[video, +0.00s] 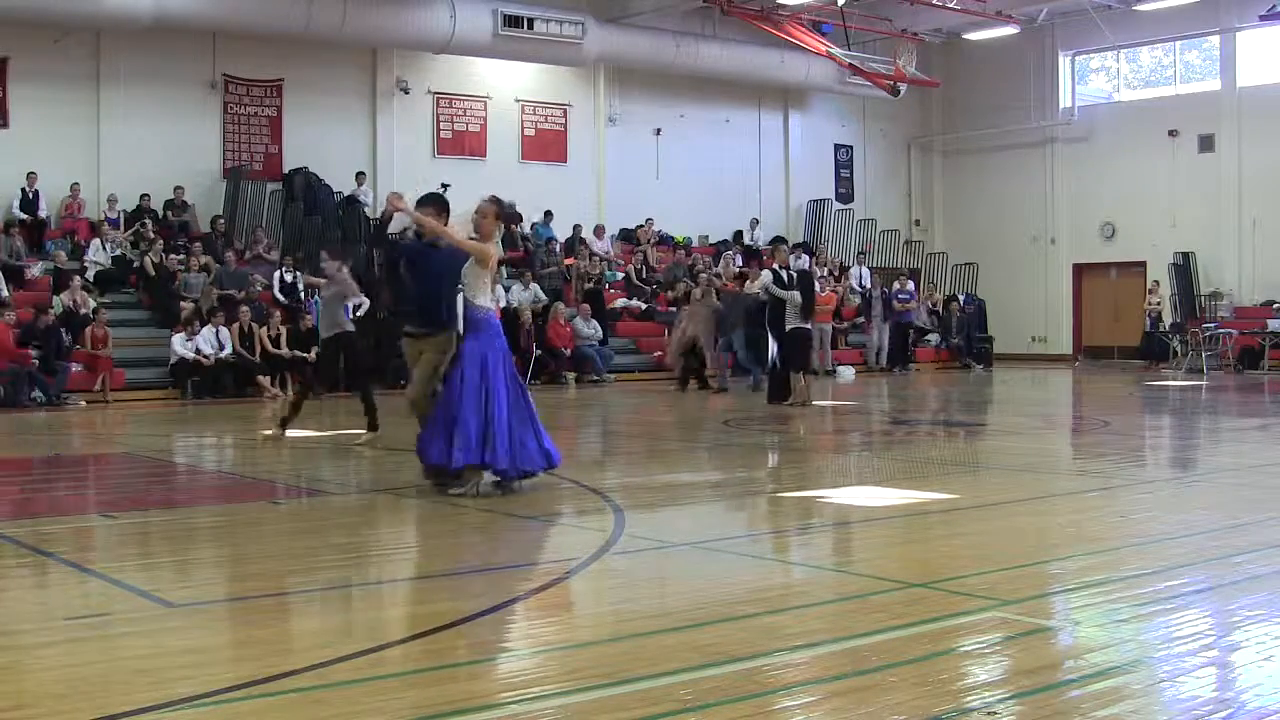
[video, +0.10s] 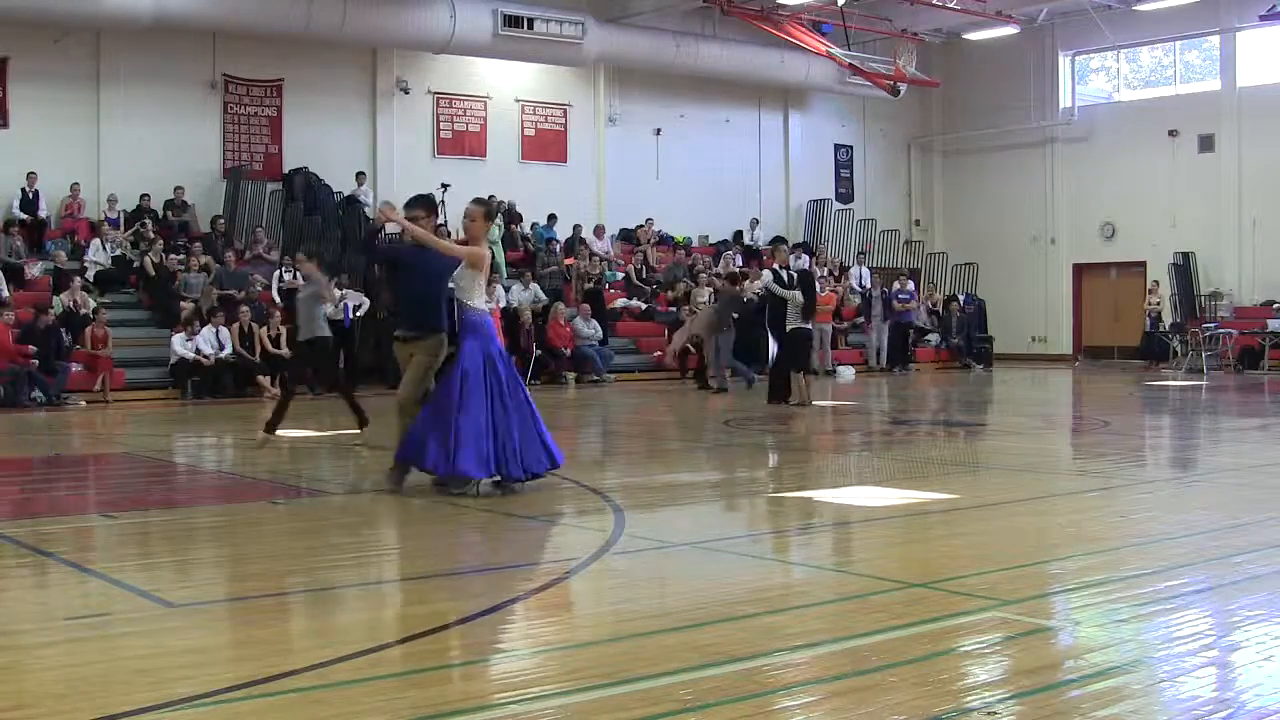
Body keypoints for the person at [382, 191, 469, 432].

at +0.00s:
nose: (422, 224)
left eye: (429, 217)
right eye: (419, 217)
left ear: (444, 218)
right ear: (414, 219)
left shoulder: (456, 253)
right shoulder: (408, 248)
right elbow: (379, 243)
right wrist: (389, 215)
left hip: (441, 332)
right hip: (410, 329)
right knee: (423, 395)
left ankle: (437, 442)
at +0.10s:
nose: (414, 227)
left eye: (420, 220)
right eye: (409, 221)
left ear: (435, 218)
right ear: (404, 222)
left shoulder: (448, 253)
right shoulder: (399, 251)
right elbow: (368, 251)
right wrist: (379, 225)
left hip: (434, 335)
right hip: (403, 335)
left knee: (406, 397)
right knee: (423, 400)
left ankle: (401, 464)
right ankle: (446, 463)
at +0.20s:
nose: (401, 228)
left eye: (407, 221)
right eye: (398, 222)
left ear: (422, 221)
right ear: (393, 223)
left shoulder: (436, 255)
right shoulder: (388, 253)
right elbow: (363, 249)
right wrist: (361, 219)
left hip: (420, 336)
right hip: (390, 337)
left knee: (392, 404)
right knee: (421, 403)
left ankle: (388, 471)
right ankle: (442, 467)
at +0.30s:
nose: (392, 227)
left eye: (398, 220)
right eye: (387, 221)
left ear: (411, 220)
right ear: (380, 223)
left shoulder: (423, 255)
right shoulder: (376, 254)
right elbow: (342, 244)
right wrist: (355, 219)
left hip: (407, 337)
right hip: (377, 339)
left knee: (384, 405)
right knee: (406, 405)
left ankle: (388, 471)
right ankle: (434, 463)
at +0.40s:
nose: (375, 226)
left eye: (381, 219)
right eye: (370, 220)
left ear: (396, 219)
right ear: (364, 221)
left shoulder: (409, 251)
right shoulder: (361, 251)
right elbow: (328, 245)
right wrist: (340, 221)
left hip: (394, 336)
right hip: (364, 337)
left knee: (388, 403)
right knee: (370, 408)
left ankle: (391, 468)